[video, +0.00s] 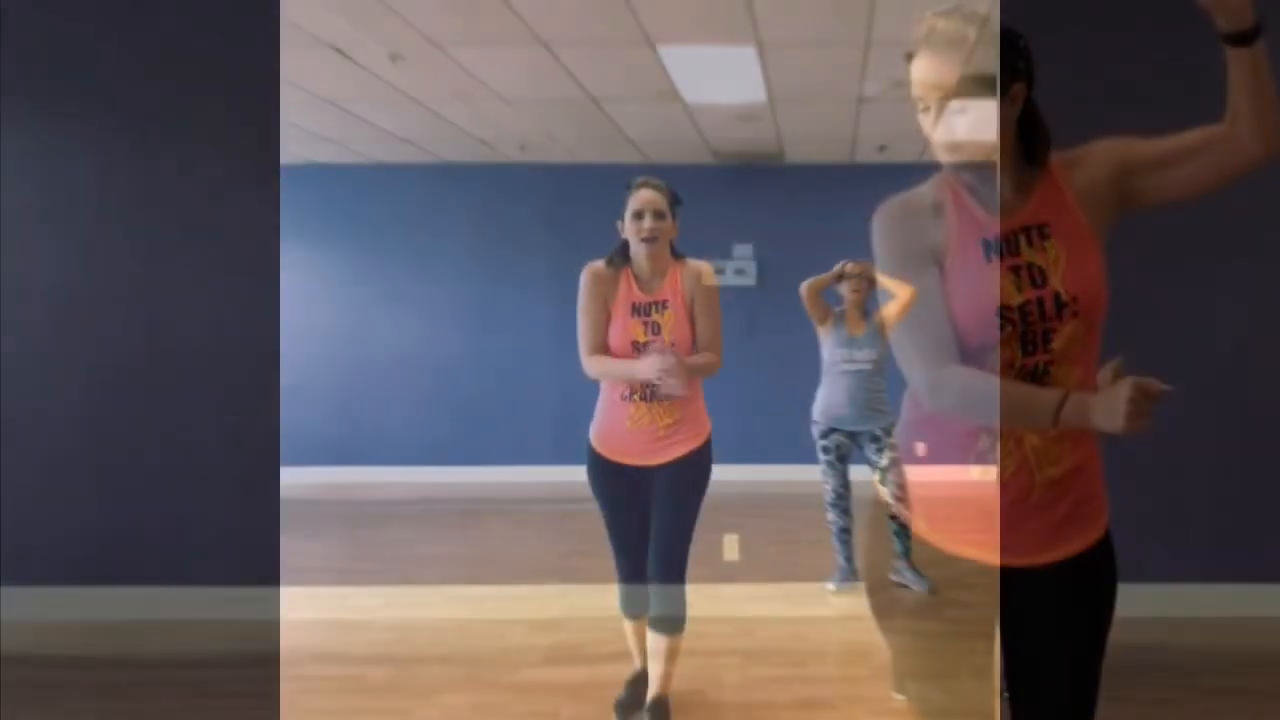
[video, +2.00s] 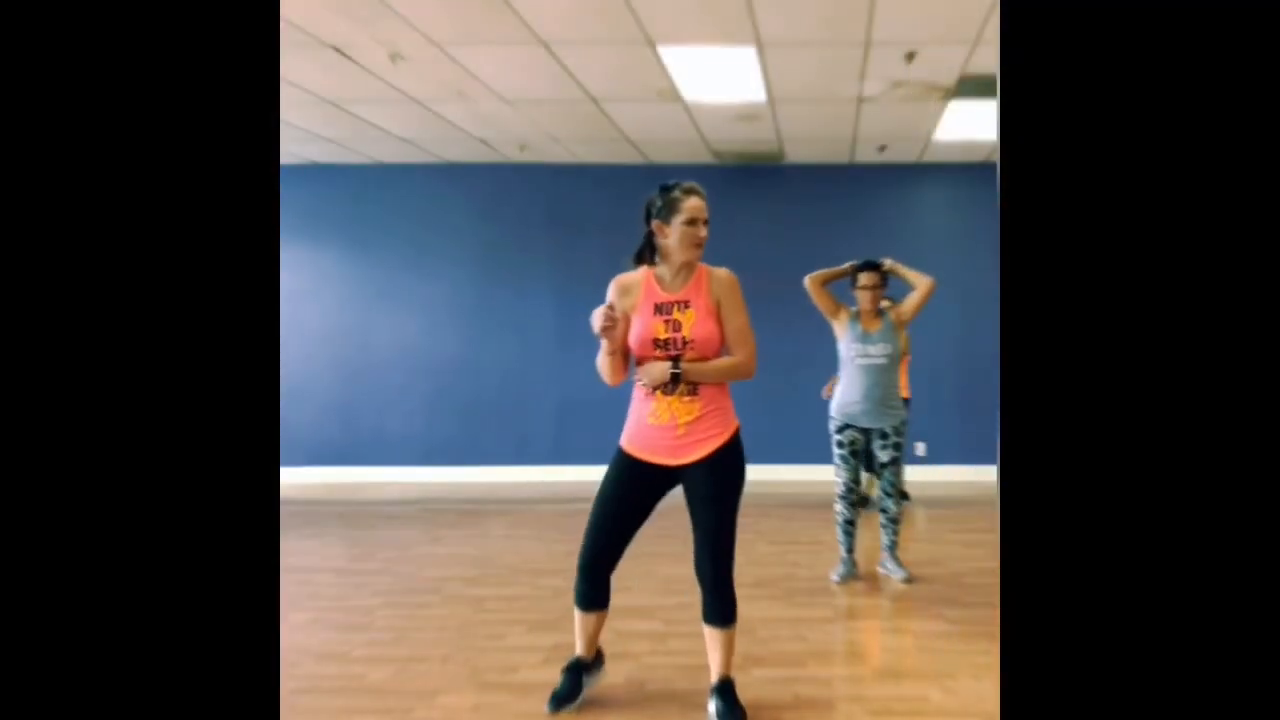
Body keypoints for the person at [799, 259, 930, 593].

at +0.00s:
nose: (856, 288)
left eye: (862, 283)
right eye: (851, 282)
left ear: (870, 290)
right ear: (840, 288)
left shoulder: (879, 324)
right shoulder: (828, 323)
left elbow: (907, 293)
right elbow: (806, 290)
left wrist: (875, 274)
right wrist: (834, 275)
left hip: (875, 420)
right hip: (831, 420)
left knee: (897, 490)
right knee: (836, 497)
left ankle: (903, 563)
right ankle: (844, 566)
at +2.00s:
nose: (870, 293)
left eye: (875, 287)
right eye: (863, 288)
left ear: (884, 291)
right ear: (854, 291)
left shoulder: (896, 320)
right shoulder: (841, 319)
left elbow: (927, 284)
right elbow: (811, 282)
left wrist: (895, 268)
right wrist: (848, 269)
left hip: (888, 416)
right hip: (847, 416)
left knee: (890, 491)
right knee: (847, 491)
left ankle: (889, 557)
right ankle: (846, 558)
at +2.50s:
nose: (869, 295)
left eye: (875, 289)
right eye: (863, 289)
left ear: (883, 293)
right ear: (852, 294)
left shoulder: (892, 324)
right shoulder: (840, 321)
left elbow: (922, 288)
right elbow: (811, 285)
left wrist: (890, 279)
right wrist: (844, 277)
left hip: (889, 417)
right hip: (847, 417)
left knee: (893, 492)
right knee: (839, 490)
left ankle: (889, 557)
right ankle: (830, 560)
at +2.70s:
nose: (859, 295)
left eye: (865, 289)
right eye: (853, 289)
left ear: (873, 294)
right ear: (842, 293)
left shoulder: (881, 325)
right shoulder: (829, 322)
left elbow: (911, 290)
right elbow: (805, 280)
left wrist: (879, 282)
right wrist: (838, 277)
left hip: (875, 419)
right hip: (833, 419)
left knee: (885, 492)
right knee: (830, 493)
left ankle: (888, 556)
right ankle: (829, 560)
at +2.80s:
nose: (854, 295)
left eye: (860, 289)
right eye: (848, 289)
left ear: (867, 295)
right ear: (837, 293)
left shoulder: (876, 326)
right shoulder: (825, 322)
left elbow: (905, 291)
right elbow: (802, 278)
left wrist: (873, 283)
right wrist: (834, 278)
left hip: (869, 420)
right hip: (826, 419)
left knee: (884, 490)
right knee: (827, 493)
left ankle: (887, 555)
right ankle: (828, 560)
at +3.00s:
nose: (846, 294)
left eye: (852, 288)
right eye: (840, 287)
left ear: (860, 293)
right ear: (829, 292)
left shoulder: (869, 324)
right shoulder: (817, 321)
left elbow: (902, 293)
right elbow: (793, 279)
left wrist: (869, 281)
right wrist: (824, 276)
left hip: (862, 418)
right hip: (820, 418)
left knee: (878, 487)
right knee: (824, 490)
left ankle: (876, 555)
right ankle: (827, 559)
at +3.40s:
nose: (851, 288)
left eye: (857, 283)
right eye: (845, 283)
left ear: (866, 289)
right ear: (835, 289)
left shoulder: (878, 323)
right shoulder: (822, 322)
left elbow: (922, 337)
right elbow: (776, 331)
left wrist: (903, 299)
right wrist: (796, 294)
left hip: (870, 418)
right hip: (827, 418)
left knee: (890, 486)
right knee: (827, 491)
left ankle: (899, 554)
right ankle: (828, 560)